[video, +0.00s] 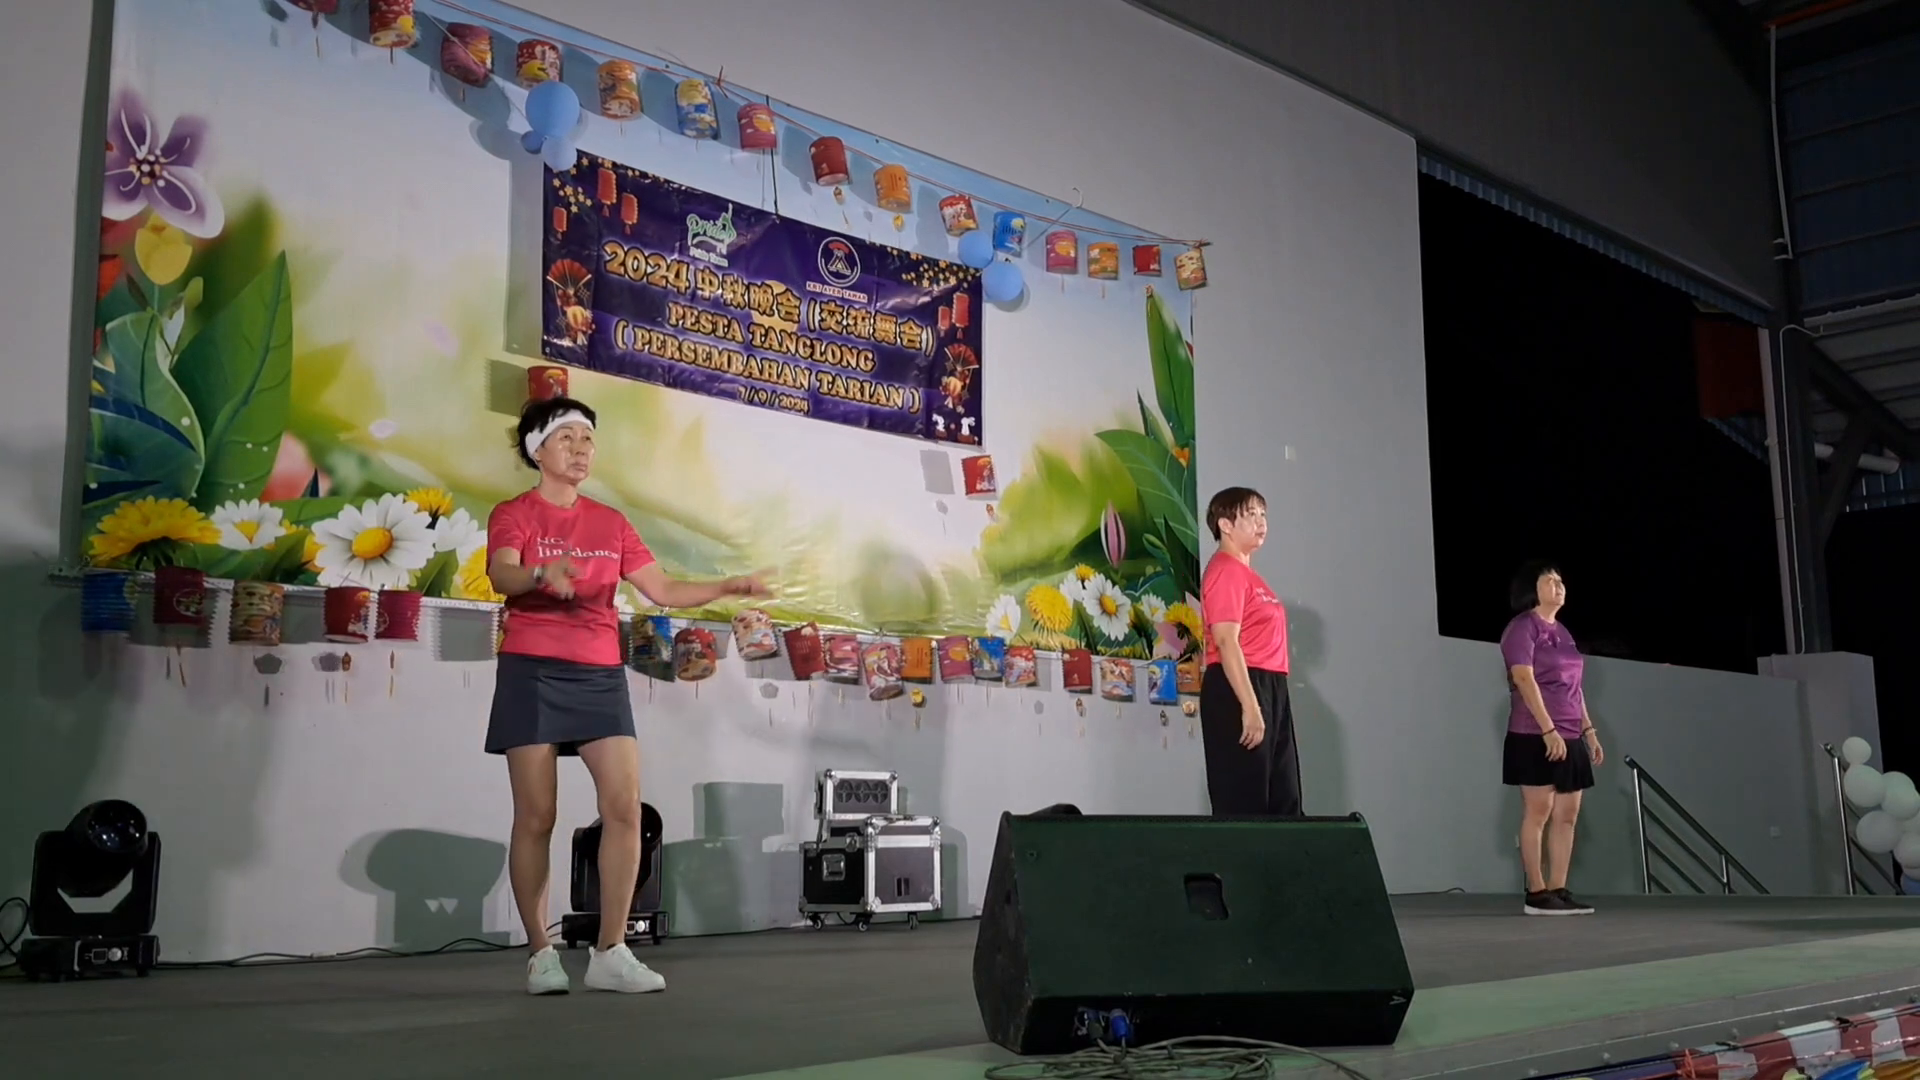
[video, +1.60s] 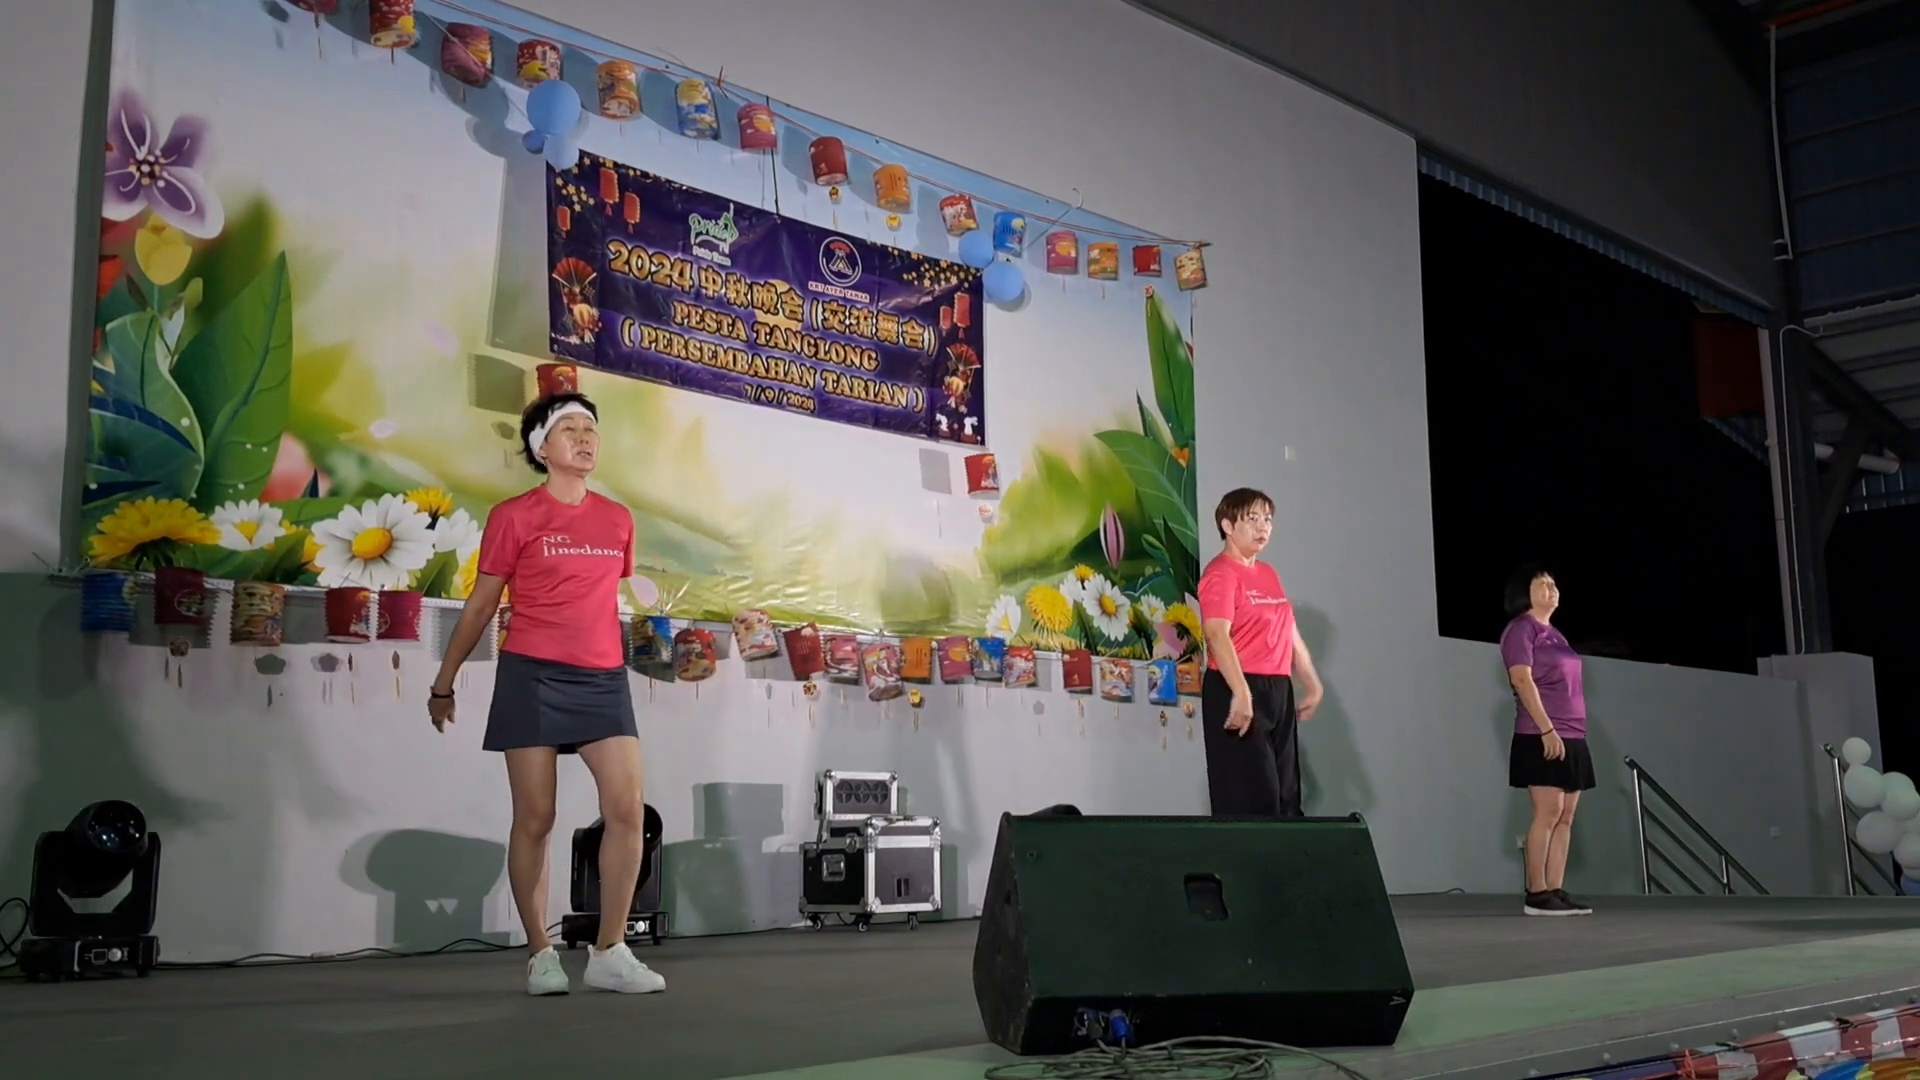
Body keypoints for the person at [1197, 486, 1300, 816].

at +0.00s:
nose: (1261, 524)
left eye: (1263, 517)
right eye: (1251, 517)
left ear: (1267, 521)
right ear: (1226, 525)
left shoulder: (1244, 570)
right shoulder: (1226, 570)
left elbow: (1249, 641)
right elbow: (1226, 640)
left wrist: (1275, 704)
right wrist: (1249, 705)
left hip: (1270, 686)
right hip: (1240, 685)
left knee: (1283, 796)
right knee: (1244, 798)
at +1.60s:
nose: (1263, 528)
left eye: (1267, 520)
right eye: (1252, 519)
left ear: (1272, 525)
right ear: (1227, 525)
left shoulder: (1267, 572)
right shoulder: (1221, 574)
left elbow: (1289, 631)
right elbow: (1216, 635)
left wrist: (1313, 684)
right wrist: (1241, 693)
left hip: (1277, 693)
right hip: (1236, 692)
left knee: (1286, 796)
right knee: (1257, 797)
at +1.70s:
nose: (1260, 531)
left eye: (1265, 523)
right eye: (1251, 522)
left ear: (1270, 529)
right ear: (1226, 528)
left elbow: (1306, 631)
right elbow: (1200, 632)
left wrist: (1345, 675)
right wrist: (1214, 684)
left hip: (1279, 698)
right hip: (1235, 698)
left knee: (1286, 798)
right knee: (1251, 799)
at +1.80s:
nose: (1256, 533)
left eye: (1261, 525)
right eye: (1247, 524)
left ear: (1266, 532)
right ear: (1221, 529)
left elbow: (1320, 626)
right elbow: (1182, 628)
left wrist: (1370, 657)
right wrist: (1179, 677)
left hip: (1277, 696)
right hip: (1227, 695)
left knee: (1282, 793)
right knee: (1229, 794)